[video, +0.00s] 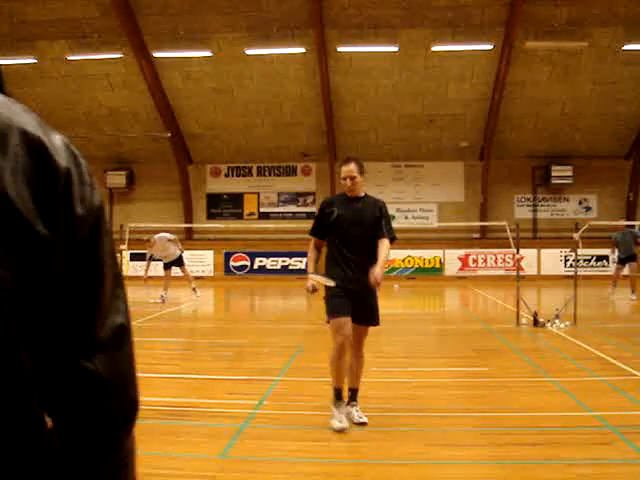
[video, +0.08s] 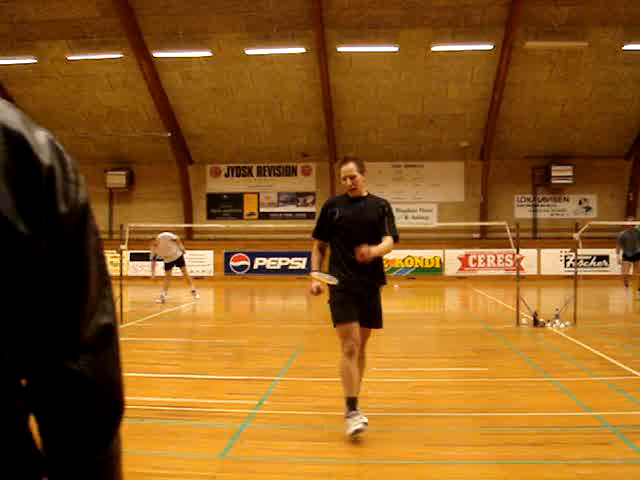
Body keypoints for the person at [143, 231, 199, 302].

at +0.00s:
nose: (149, 247)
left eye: (150, 244)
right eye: (148, 245)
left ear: (152, 240)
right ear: (147, 244)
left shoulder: (161, 237)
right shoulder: (150, 250)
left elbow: (174, 239)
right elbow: (148, 262)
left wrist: (180, 247)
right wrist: (145, 274)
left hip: (176, 255)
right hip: (166, 259)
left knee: (184, 271)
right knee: (167, 276)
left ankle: (193, 287)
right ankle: (164, 294)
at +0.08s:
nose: (155, 246)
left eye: (155, 244)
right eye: (153, 245)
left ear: (156, 240)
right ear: (151, 245)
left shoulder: (164, 236)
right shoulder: (153, 249)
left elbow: (177, 239)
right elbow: (153, 261)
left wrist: (182, 248)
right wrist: (153, 273)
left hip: (177, 255)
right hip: (167, 259)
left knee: (185, 274)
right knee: (167, 277)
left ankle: (192, 290)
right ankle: (164, 294)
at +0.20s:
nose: (162, 238)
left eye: (162, 236)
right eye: (160, 238)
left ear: (165, 234)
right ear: (159, 238)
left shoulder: (173, 235)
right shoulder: (160, 245)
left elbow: (181, 240)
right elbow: (161, 257)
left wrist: (185, 249)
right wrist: (163, 269)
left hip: (180, 256)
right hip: (170, 259)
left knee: (185, 275)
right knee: (168, 277)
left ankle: (190, 292)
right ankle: (165, 294)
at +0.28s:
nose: (167, 236)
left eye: (167, 233)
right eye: (165, 235)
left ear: (169, 232)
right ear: (163, 236)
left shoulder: (178, 234)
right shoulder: (163, 244)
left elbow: (185, 241)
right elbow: (164, 255)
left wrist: (187, 251)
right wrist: (167, 263)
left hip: (182, 257)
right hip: (172, 260)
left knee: (186, 275)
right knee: (170, 277)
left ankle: (188, 294)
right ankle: (165, 294)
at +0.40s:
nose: (180, 232)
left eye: (181, 229)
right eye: (178, 230)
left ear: (182, 229)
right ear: (175, 230)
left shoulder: (187, 234)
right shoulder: (172, 239)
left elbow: (191, 242)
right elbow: (172, 253)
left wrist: (194, 251)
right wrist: (179, 263)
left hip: (188, 259)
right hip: (177, 260)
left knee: (191, 277)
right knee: (172, 277)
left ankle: (188, 295)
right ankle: (166, 294)